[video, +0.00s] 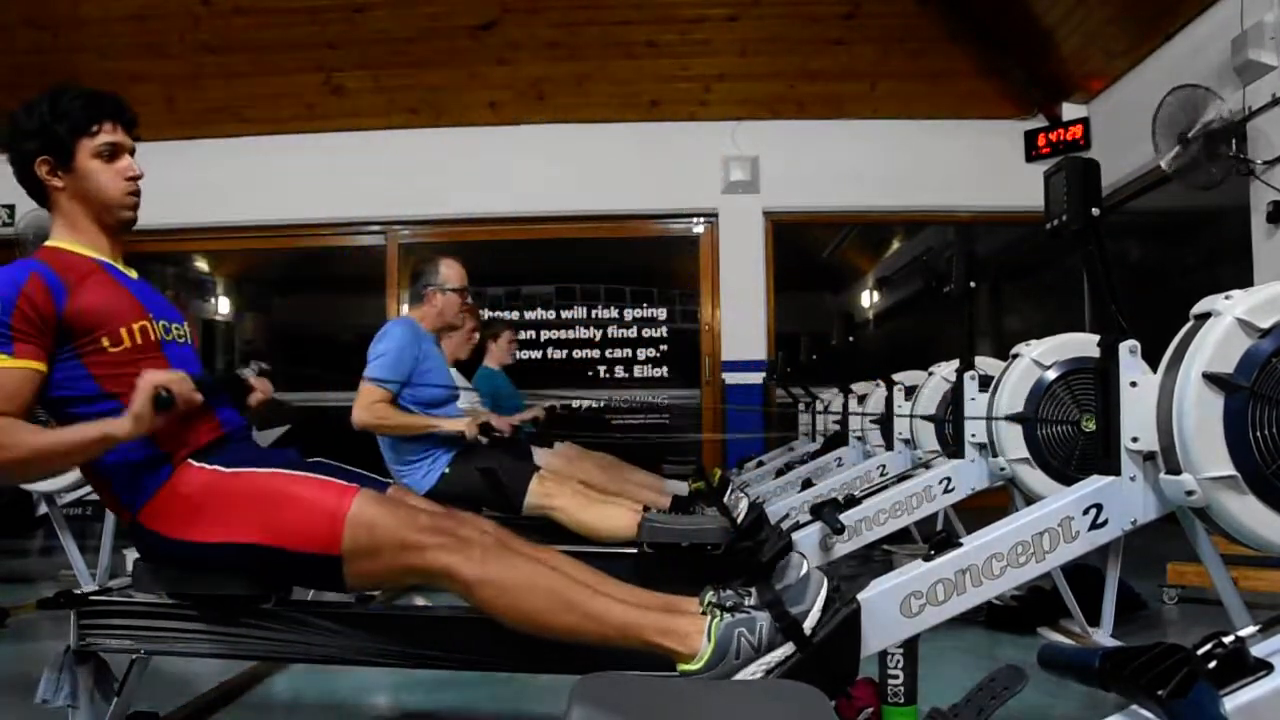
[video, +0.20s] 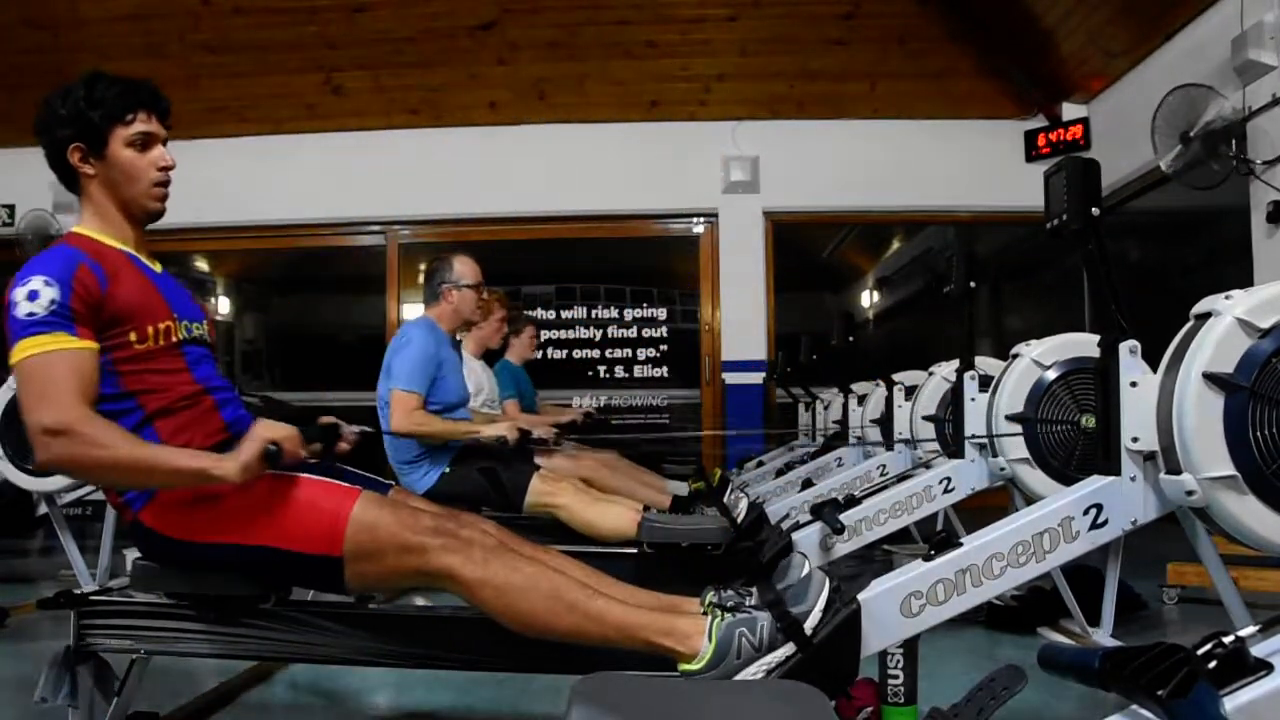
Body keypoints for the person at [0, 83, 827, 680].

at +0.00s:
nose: (134, 170)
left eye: (132, 155)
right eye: (112, 157)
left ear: (106, 171)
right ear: (52, 174)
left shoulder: (126, 278)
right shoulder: (36, 279)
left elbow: (157, 406)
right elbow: (5, 443)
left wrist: (234, 397)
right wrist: (120, 427)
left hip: (221, 467)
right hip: (176, 491)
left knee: (456, 530)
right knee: (432, 539)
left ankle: (701, 623)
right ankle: (694, 641)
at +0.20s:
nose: (165, 160)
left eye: (164, 143)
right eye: (143, 143)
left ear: (142, 161)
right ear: (81, 160)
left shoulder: (147, 272)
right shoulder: (59, 271)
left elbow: (187, 406)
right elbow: (57, 433)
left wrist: (256, 433)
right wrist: (208, 464)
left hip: (241, 474)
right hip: (192, 499)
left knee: (464, 531)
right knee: (439, 540)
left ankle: (702, 624)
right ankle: (702, 642)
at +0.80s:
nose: (329, 144)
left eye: (329, 127)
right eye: (309, 126)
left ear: (281, 138)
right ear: (248, 136)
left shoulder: (298, 263)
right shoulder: (212, 244)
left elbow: (383, 385)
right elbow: (294, 397)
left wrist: (476, 461)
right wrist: (455, 476)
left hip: (268, 474)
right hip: (207, 490)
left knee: (499, 489)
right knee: (475, 510)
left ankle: (699, 621)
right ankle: (693, 643)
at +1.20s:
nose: (475, 149)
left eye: (470, 131)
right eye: (454, 132)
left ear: (409, 146)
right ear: (394, 145)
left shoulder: (424, 259)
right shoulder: (357, 243)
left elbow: (505, 375)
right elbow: (459, 395)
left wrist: (614, 461)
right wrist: (625, 475)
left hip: (338, 479)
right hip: (288, 496)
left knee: (554, 424)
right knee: (522, 435)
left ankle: (691, 611)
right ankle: (693, 638)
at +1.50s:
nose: (598, 155)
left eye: (594, 136)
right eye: (579, 137)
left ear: (529, 153)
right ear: (520, 150)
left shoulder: (502, 244)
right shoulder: (487, 248)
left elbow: (611, 378)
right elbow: (620, 389)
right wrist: (780, 468)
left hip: (422, 483)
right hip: (396, 499)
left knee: (633, 386)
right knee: (633, 398)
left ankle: (698, 620)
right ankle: (700, 641)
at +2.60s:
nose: (228, 130)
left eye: (228, 114)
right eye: (206, 114)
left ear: (223, 125)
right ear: (146, 131)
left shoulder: (240, 259)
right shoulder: (137, 228)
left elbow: (328, 361)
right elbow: (238, 345)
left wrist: (429, 351)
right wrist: (423, 345)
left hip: (253, 468)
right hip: (197, 487)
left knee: (491, 505)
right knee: (471, 513)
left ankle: (696, 624)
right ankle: (695, 640)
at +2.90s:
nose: (118, 172)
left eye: (117, 156)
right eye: (94, 158)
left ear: (104, 173)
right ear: (36, 182)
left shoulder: (121, 281)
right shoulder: (31, 282)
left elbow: (174, 400)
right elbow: (8, 441)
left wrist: (219, 376)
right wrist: (116, 394)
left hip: (235, 466)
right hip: (183, 490)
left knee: (462, 531)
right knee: (446, 539)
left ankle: (700, 623)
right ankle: (697, 637)